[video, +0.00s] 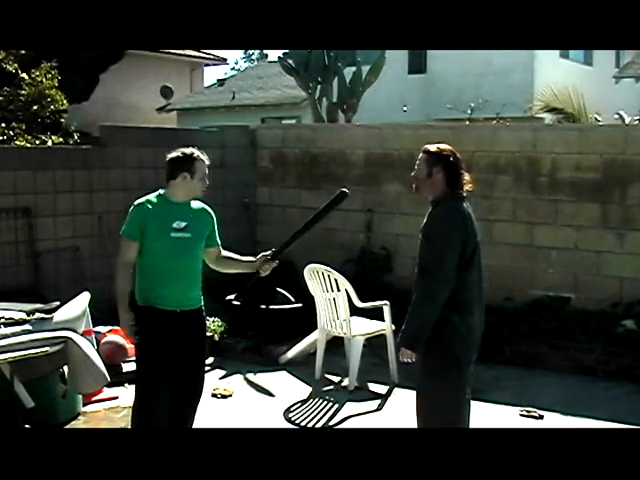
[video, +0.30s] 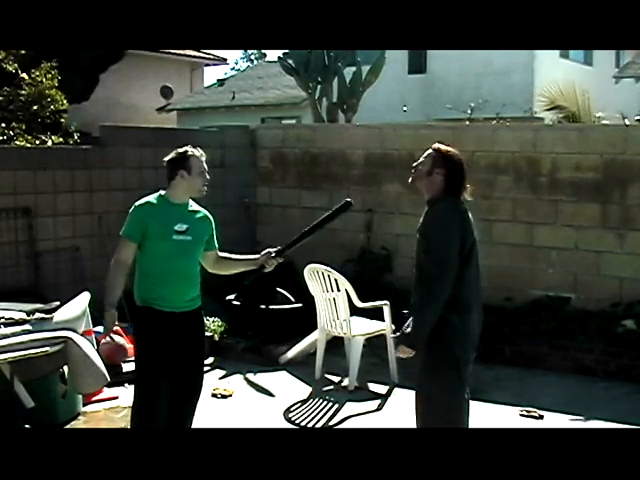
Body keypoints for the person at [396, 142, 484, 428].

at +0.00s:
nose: (413, 177)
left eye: (418, 171)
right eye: (415, 170)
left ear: (437, 175)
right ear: (439, 176)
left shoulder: (445, 216)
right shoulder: (453, 211)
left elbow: (433, 284)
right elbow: (436, 282)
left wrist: (411, 339)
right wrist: (415, 335)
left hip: (447, 335)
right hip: (454, 331)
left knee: (438, 412)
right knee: (446, 409)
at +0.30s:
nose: (413, 175)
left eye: (420, 170)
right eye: (416, 168)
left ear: (437, 177)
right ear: (438, 178)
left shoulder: (443, 216)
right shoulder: (449, 212)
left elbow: (436, 283)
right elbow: (437, 280)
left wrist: (413, 338)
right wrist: (415, 323)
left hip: (447, 332)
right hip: (451, 329)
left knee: (437, 409)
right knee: (443, 407)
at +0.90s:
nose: (414, 171)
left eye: (420, 166)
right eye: (417, 165)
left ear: (438, 177)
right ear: (438, 177)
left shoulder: (449, 212)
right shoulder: (441, 210)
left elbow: (442, 262)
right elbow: (420, 251)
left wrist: (402, 276)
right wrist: (396, 270)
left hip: (445, 321)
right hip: (435, 317)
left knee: (439, 394)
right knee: (432, 391)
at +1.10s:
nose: (412, 169)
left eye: (418, 165)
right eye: (415, 163)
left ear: (436, 177)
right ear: (435, 177)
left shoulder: (446, 219)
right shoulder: (442, 214)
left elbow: (445, 288)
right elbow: (440, 285)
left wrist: (433, 344)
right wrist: (426, 338)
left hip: (441, 339)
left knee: (438, 414)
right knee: (437, 413)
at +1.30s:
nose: (409, 170)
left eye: (416, 165)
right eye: (412, 164)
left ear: (434, 175)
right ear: (433, 176)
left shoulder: (447, 219)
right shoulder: (436, 214)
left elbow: (452, 288)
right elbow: (440, 284)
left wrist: (444, 347)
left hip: (440, 343)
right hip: (428, 339)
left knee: (439, 417)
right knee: (433, 415)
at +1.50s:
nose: (409, 175)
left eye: (415, 170)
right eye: (411, 168)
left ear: (435, 177)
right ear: (434, 177)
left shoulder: (444, 218)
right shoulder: (443, 213)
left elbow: (435, 288)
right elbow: (434, 285)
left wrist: (417, 344)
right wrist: (415, 337)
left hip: (444, 334)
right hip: (445, 330)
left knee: (435, 407)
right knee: (439, 404)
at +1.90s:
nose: (407, 179)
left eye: (412, 173)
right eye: (408, 172)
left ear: (431, 177)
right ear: (432, 178)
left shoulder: (441, 218)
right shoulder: (449, 213)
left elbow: (429, 283)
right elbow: (431, 280)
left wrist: (403, 332)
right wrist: (407, 328)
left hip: (442, 334)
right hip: (449, 330)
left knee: (434, 410)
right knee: (442, 408)